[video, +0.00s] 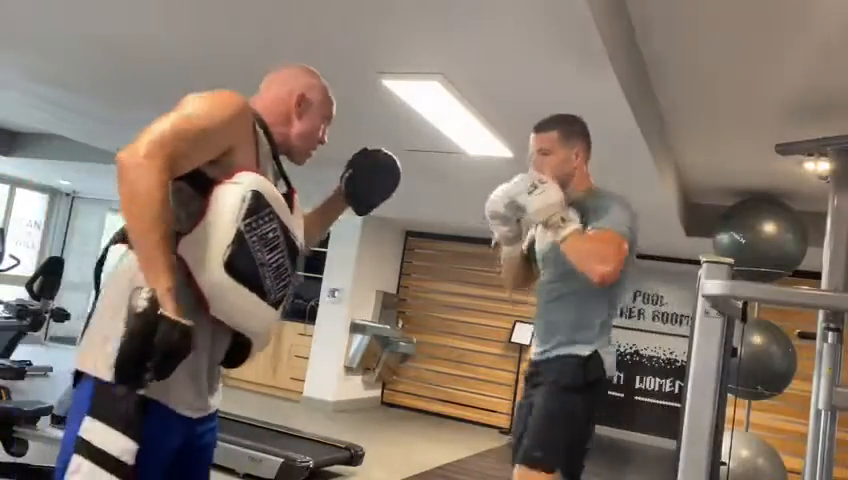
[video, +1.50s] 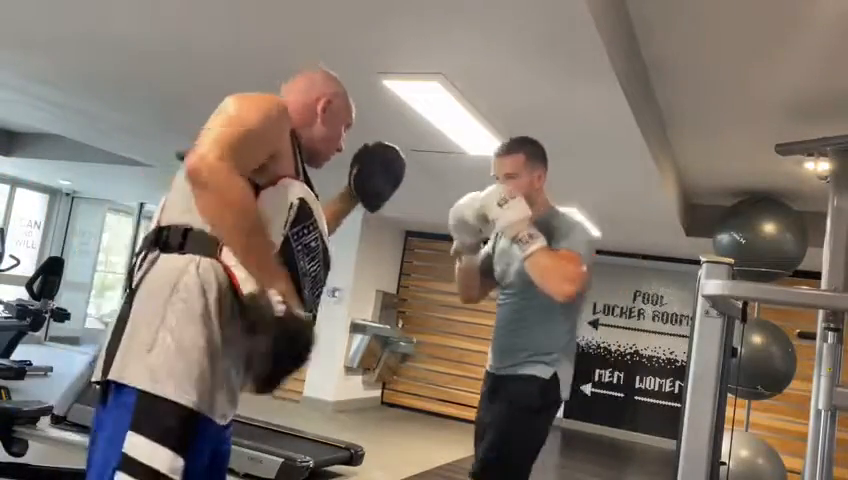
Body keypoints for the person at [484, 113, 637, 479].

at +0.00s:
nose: (534, 166)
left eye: (544, 154)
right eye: (532, 155)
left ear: (578, 157)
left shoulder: (611, 208)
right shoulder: (550, 213)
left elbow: (603, 267)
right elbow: (516, 280)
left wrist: (556, 218)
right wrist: (509, 233)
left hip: (576, 365)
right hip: (544, 362)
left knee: (532, 471)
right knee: (530, 469)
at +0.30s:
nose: (542, 191)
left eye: (554, 181)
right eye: (542, 181)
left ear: (585, 186)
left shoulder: (612, 243)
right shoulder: (549, 240)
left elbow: (604, 306)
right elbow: (516, 306)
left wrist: (561, 254)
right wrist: (511, 259)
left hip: (575, 399)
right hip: (531, 389)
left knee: (559, 473)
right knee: (512, 473)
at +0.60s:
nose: (549, 169)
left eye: (560, 159)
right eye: (548, 160)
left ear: (591, 167)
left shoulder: (618, 220)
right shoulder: (555, 222)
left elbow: (612, 281)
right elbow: (527, 292)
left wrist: (562, 233)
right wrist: (519, 245)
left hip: (583, 378)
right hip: (543, 372)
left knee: (564, 472)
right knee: (530, 468)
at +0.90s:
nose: (539, 165)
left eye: (550, 155)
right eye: (538, 156)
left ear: (581, 160)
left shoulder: (609, 211)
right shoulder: (545, 214)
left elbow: (601, 264)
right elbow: (521, 286)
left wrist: (555, 218)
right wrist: (514, 238)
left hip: (576, 366)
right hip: (536, 360)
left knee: (555, 470)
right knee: (515, 459)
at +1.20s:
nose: (522, 190)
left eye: (532, 180)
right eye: (519, 180)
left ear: (559, 182)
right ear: (516, 181)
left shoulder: (589, 232)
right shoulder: (520, 238)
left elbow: (598, 287)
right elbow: (492, 298)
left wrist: (548, 240)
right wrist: (488, 253)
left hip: (557, 374)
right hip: (513, 369)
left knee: (506, 473)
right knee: (502, 471)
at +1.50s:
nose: (503, 188)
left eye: (512, 177)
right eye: (499, 179)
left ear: (539, 177)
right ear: (495, 180)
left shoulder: (572, 228)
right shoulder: (505, 236)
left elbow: (564, 285)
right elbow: (469, 293)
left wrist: (522, 230)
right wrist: (467, 240)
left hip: (539, 376)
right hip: (500, 372)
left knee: (492, 471)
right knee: (489, 470)